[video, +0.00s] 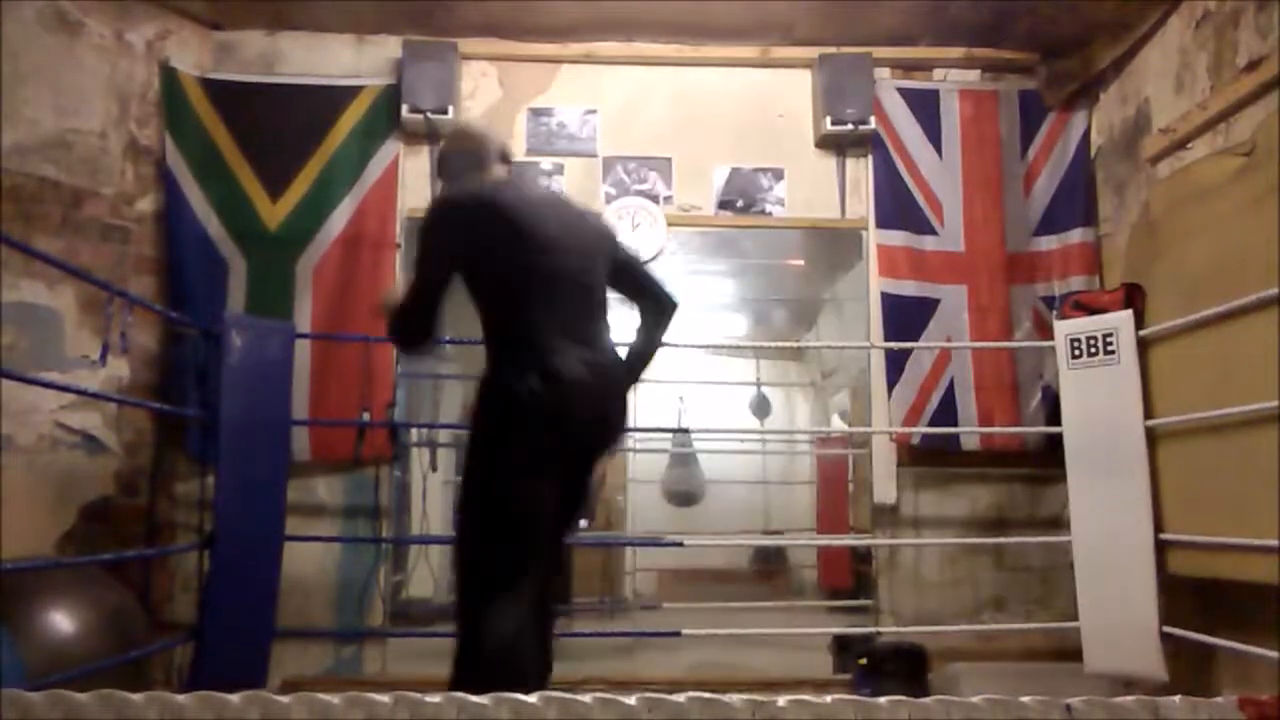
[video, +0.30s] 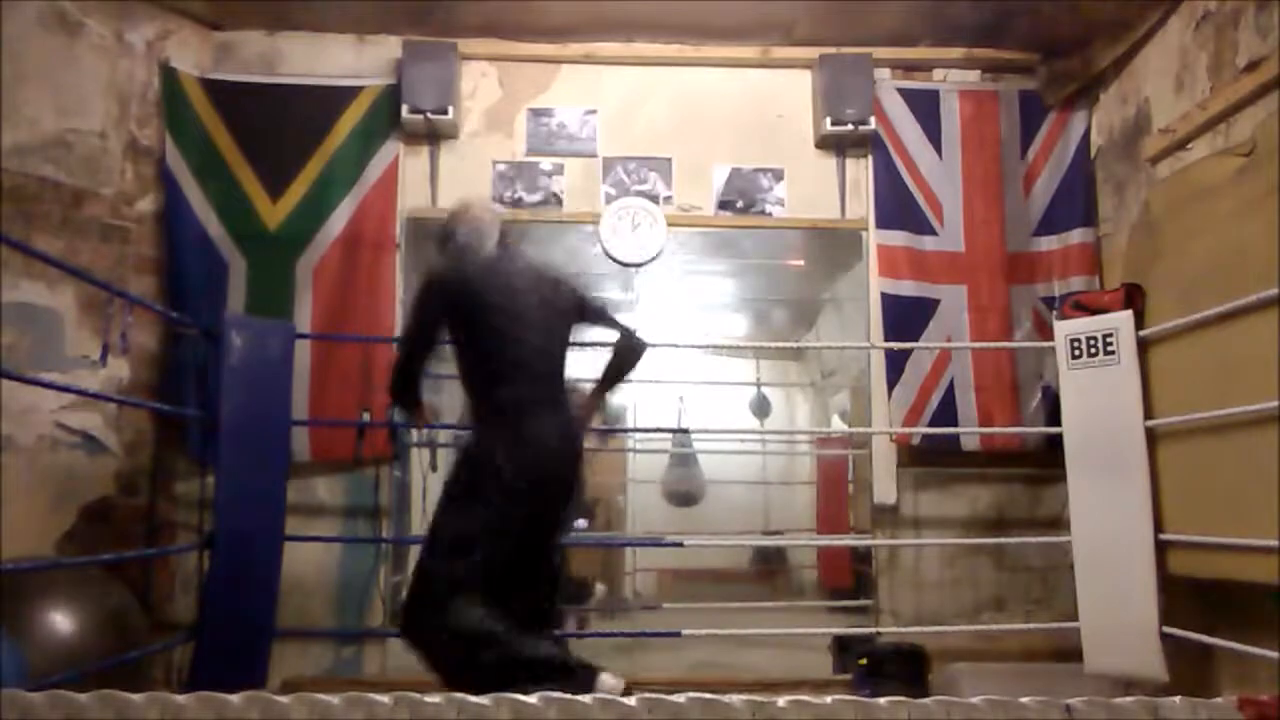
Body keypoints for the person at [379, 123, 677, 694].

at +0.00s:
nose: (444, 188)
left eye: (443, 179)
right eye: (443, 179)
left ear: (448, 173)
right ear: (503, 163)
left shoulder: (456, 208)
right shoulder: (571, 214)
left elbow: (414, 331)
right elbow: (659, 303)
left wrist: (395, 312)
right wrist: (620, 379)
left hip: (523, 397)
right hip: (598, 398)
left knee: (488, 556)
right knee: (541, 551)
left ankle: (483, 698)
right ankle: (528, 692)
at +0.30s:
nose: (451, 249)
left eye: (450, 240)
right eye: (455, 239)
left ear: (453, 240)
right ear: (497, 234)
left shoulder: (450, 280)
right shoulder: (546, 283)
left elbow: (405, 375)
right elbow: (630, 343)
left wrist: (414, 405)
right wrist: (595, 396)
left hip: (500, 454)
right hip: (560, 454)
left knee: (428, 612)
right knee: (523, 586)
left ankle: (580, 683)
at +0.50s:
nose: (406, 329)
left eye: (406, 320)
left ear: (409, 315)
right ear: (459, 309)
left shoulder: (417, 347)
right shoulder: (509, 342)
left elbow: (437, 445)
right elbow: (551, 424)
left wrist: (451, 505)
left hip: (505, 490)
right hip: (562, 487)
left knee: (436, 618)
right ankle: (565, 620)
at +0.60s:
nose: (386, 324)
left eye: (385, 312)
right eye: (383, 314)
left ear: (395, 305)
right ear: (435, 296)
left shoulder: (416, 332)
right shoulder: (487, 337)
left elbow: (453, 418)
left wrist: (444, 491)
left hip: (503, 492)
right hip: (552, 488)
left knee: (403, 612)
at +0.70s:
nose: (354, 271)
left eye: (355, 258)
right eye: (351, 259)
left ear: (377, 250)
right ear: (397, 245)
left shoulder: (426, 285)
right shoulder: (420, 296)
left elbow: (496, 330)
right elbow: (438, 389)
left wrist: (453, 417)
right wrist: (382, 350)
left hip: (498, 465)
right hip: (502, 464)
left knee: (364, 579)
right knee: (486, 600)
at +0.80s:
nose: (327, 197)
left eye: (329, 180)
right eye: (322, 183)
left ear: (361, 174)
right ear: (359, 177)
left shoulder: (415, 209)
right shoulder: (389, 240)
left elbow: (518, 224)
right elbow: (371, 327)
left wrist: (473, 319)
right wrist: (323, 257)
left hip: (465, 421)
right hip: (445, 423)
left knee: (348, 562)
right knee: (504, 575)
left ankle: (393, 703)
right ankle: (528, 698)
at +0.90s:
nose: (300, 154)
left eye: (308, 138)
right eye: (298, 140)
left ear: (348, 133)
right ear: (318, 140)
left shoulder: (403, 176)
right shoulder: (337, 216)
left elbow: (518, 203)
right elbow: (284, 291)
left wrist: (453, 296)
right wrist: (243, 225)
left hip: (439, 399)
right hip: (403, 404)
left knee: (353, 560)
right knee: (454, 551)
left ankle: (330, 702)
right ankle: (560, 656)